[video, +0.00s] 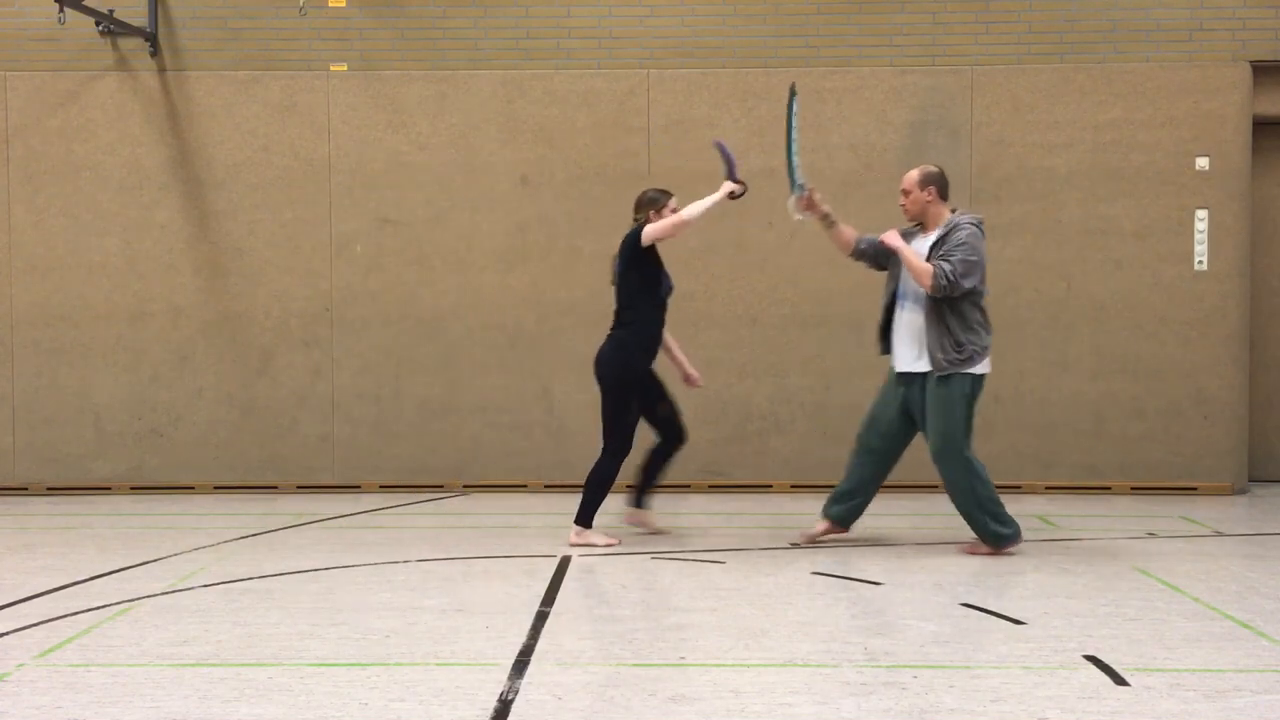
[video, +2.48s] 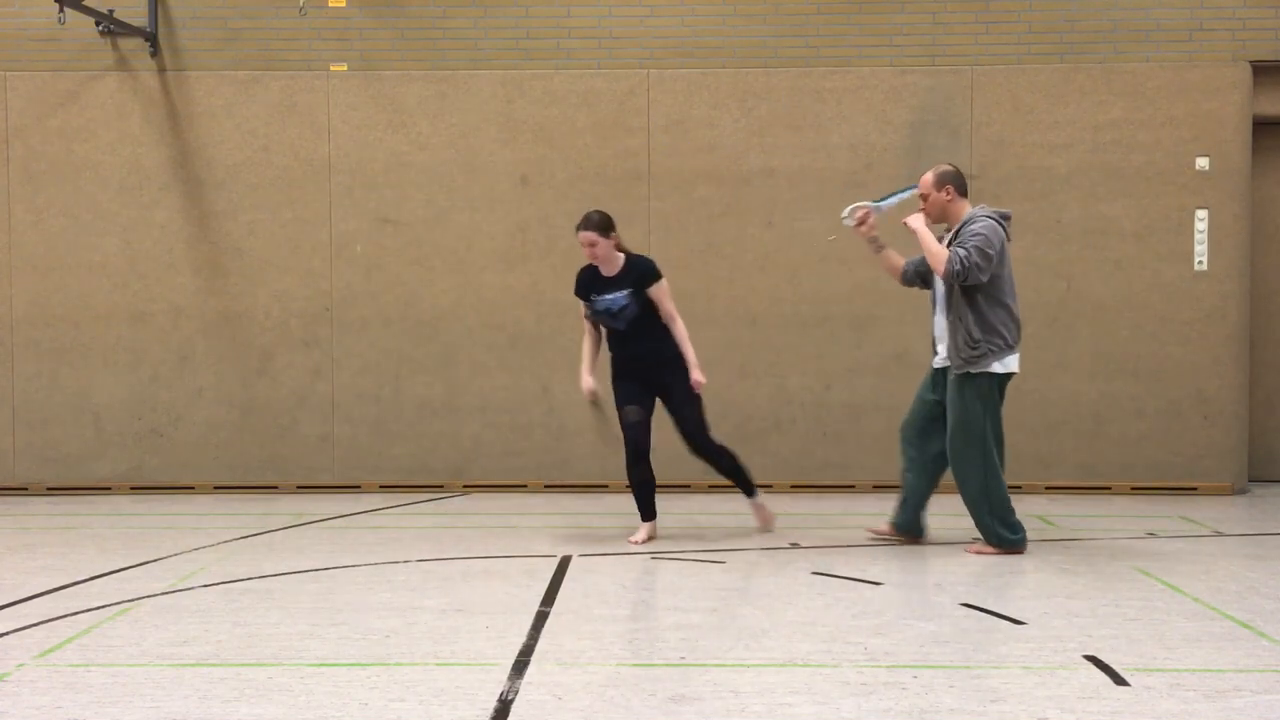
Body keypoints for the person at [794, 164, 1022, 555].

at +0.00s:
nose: (901, 201)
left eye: (906, 194)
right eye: (900, 194)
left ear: (931, 194)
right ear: (921, 196)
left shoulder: (965, 236)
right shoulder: (910, 239)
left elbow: (939, 283)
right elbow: (861, 249)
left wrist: (901, 249)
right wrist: (824, 215)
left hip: (952, 370)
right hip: (909, 370)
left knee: (950, 453)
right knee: (874, 443)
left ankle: (1001, 535)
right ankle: (838, 519)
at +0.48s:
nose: (995, 205)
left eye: (998, 198)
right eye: (994, 198)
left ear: (1021, 198)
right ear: (1026, 200)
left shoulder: (1036, 242)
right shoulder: (1048, 237)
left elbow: (987, 283)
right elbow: (1012, 305)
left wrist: (977, 244)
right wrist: (964, 317)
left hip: (1044, 372)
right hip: (1076, 368)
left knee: (995, 441)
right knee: (1090, 447)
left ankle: (1004, 539)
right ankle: (1167, 514)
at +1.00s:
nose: (975, 207)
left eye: (979, 199)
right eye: (975, 200)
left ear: (1001, 198)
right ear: (1004, 200)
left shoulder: (1023, 236)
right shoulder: (1016, 238)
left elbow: (978, 276)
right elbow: (971, 297)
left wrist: (961, 238)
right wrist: (914, 299)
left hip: (1039, 367)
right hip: (1058, 363)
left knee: (989, 441)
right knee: (1075, 440)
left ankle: (1005, 538)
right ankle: (1151, 507)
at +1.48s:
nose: (892, 209)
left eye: (897, 202)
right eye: (892, 202)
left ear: (920, 201)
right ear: (915, 200)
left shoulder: (957, 236)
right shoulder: (888, 248)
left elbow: (948, 254)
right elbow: (840, 261)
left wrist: (911, 221)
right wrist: (786, 244)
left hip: (933, 371)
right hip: (883, 369)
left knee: (931, 453)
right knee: (843, 443)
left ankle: (989, 526)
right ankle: (829, 526)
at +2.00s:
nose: (868, 208)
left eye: (873, 200)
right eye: (868, 200)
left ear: (898, 199)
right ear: (883, 201)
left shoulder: (934, 233)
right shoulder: (865, 247)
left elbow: (924, 250)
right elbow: (820, 264)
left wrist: (887, 216)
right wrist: (768, 243)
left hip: (913, 368)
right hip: (864, 368)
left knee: (921, 450)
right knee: (831, 443)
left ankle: (988, 523)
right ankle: (830, 528)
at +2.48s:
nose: (921, 204)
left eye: (924, 197)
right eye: (920, 197)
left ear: (948, 193)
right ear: (947, 194)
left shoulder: (984, 229)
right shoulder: (951, 239)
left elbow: (953, 269)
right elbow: (911, 275)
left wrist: (921, 229)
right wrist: (873, 238)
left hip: (980, 362)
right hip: (950, 361)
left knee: (972, 450)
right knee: (919, 434)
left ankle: (1006, 538)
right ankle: (907, 525)